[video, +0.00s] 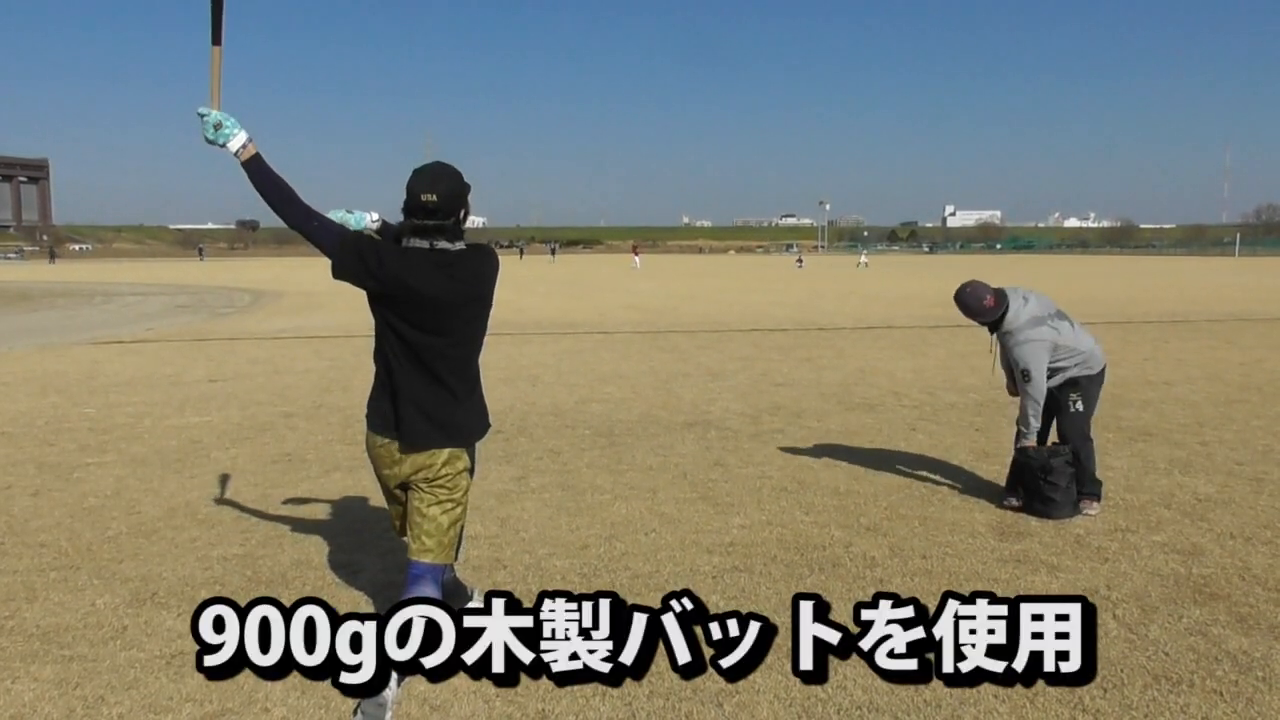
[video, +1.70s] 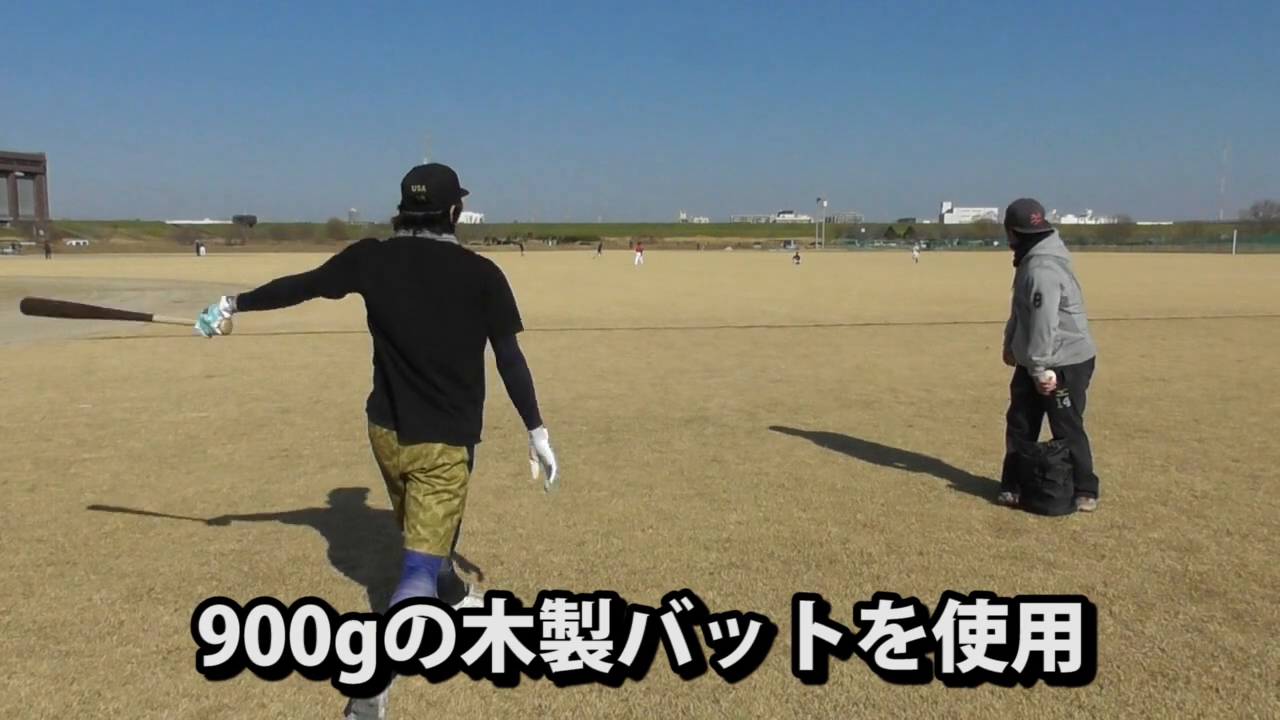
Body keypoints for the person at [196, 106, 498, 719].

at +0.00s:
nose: (460, 212)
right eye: (463, 205)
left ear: (408, 211)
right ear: (465, 216)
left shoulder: (380, 259)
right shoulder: (482, 264)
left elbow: (301, 215)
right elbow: (434, 248)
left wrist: (245, 148)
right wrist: (379, 231)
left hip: (385, 433)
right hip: (447, 438)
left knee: (420, 537)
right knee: (426, 571)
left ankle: (462, 606)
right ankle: (384, 687)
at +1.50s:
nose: (460, 207)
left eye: (453, 199)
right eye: (457, 201)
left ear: (400, 206)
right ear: (451, 209)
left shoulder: (374, 257)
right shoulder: (480, 265)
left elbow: (294, 245)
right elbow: (495, 317)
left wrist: (215, 224)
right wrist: (445, 287)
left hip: (385, 434)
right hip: (445, 438)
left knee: (422, 536)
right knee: (420, 569)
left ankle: (454, 598)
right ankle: (373, 689)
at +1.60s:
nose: (462, 209)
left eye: (456, 200)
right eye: (459, 203)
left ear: (402, 206)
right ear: (452, 209)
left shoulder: (373, 257)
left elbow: (293, 264)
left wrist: (216, 261)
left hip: (384, 431)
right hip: (446, 439)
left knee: (422, 531)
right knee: (422, 565)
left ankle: (458, 598)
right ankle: (372, 690)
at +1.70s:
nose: (461, 213)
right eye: (460, 207)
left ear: (403, 209)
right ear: (453, 212)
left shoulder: (372, 257)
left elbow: (305, 284)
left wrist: (234, 303)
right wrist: (537, 430)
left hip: (386, 432)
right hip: (446, 440)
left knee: (421, 534)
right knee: (419, 567)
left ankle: (452, 597)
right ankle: (372, 691)